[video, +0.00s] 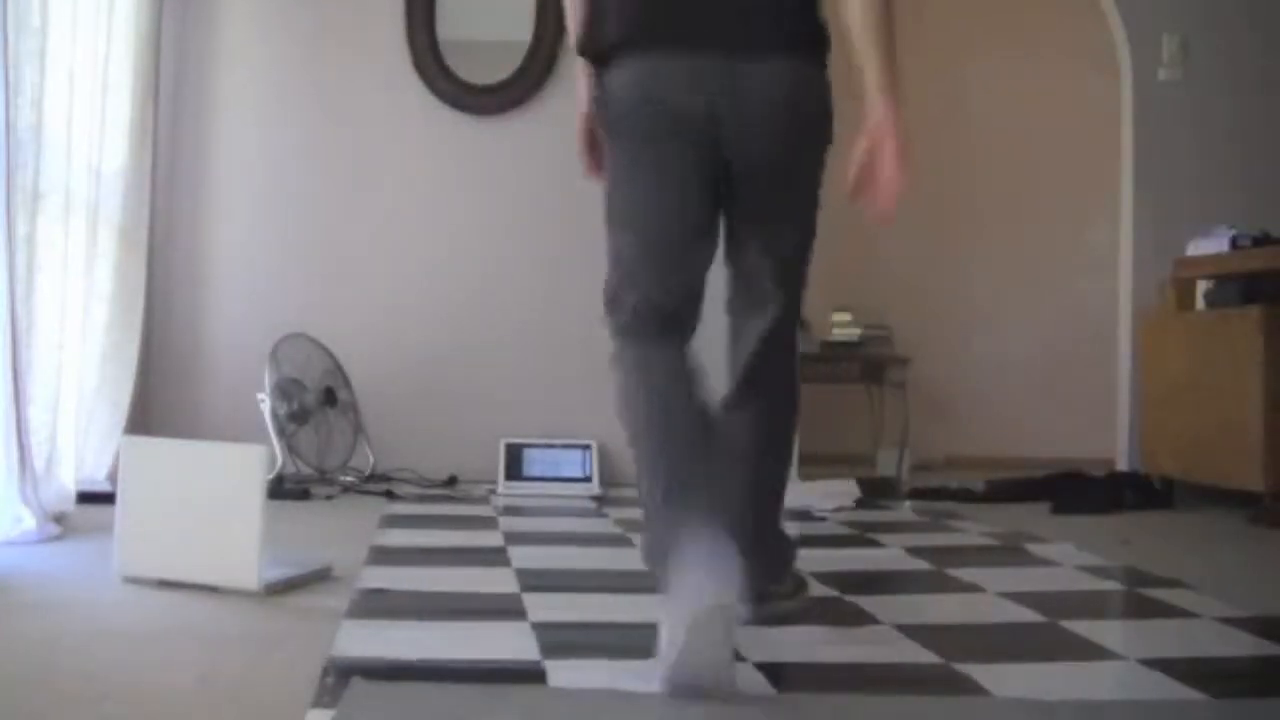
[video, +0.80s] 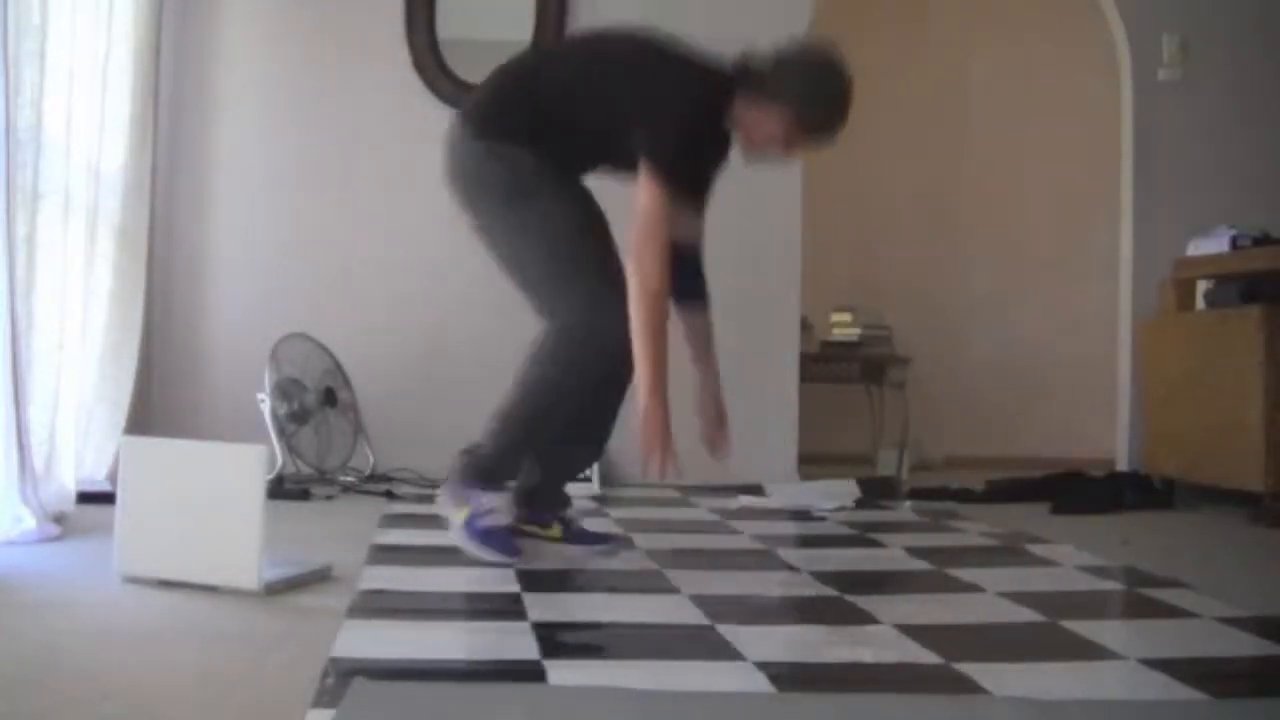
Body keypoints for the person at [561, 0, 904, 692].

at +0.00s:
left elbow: (579, 3)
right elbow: (849, 1)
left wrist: (591, 90)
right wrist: (877, 101)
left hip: (650, 67)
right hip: (778, 68)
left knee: (648, 326)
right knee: (765, 332)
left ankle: (695, 560)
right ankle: (757, 570)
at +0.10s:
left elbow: (582, 1)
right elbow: (837, 4)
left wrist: (581, 92)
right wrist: (866, 129)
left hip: (655, 88)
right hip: (780, 92)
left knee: (638, 327)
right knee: (767, 337)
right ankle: (750, 564)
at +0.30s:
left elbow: (577, 4)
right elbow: (775, 6)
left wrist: (570, 98)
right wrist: (811, 131)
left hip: (621, 94)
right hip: (724, 98)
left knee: (650, 290)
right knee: (758, 325)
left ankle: (567, 502)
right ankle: (749, 561)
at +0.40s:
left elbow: (573, 13)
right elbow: (705, 8)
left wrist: (578, 100)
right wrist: (766, 121)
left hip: (600, 80)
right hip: (674, 90)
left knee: (634, 303)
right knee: (734, 316)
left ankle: (552, 503)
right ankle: (744, 555)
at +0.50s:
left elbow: (573, 18)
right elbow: (649, 10)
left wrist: (565, 116)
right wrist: (730, 130)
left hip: (588, 94)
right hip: (631, 105)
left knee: (616, 310)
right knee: (718, 319)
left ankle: (539, 495)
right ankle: (739, 544)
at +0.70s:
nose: (803, 62)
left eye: (817, 56)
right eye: (814, 47)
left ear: (785, 9)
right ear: (794, 12)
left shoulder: (713, 33)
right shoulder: (699, 22)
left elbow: (663, 157)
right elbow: (624, 140)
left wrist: (667, 279)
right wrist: (659, 283)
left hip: (566, 137)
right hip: (533, 133)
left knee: (630, 317)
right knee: (629, 316)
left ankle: (556, 487)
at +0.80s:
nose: (785, 151)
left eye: (796, 144)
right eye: (793, 136)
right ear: (774, 104)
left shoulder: (707, 128)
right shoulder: (684, 109)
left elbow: (684, 266)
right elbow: (647, 264)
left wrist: (709, 386)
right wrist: (652, 404)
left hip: (543, 164)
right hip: (494, 154)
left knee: (616, 332)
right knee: (589, 323)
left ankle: (537, 501)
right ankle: (476, 483)